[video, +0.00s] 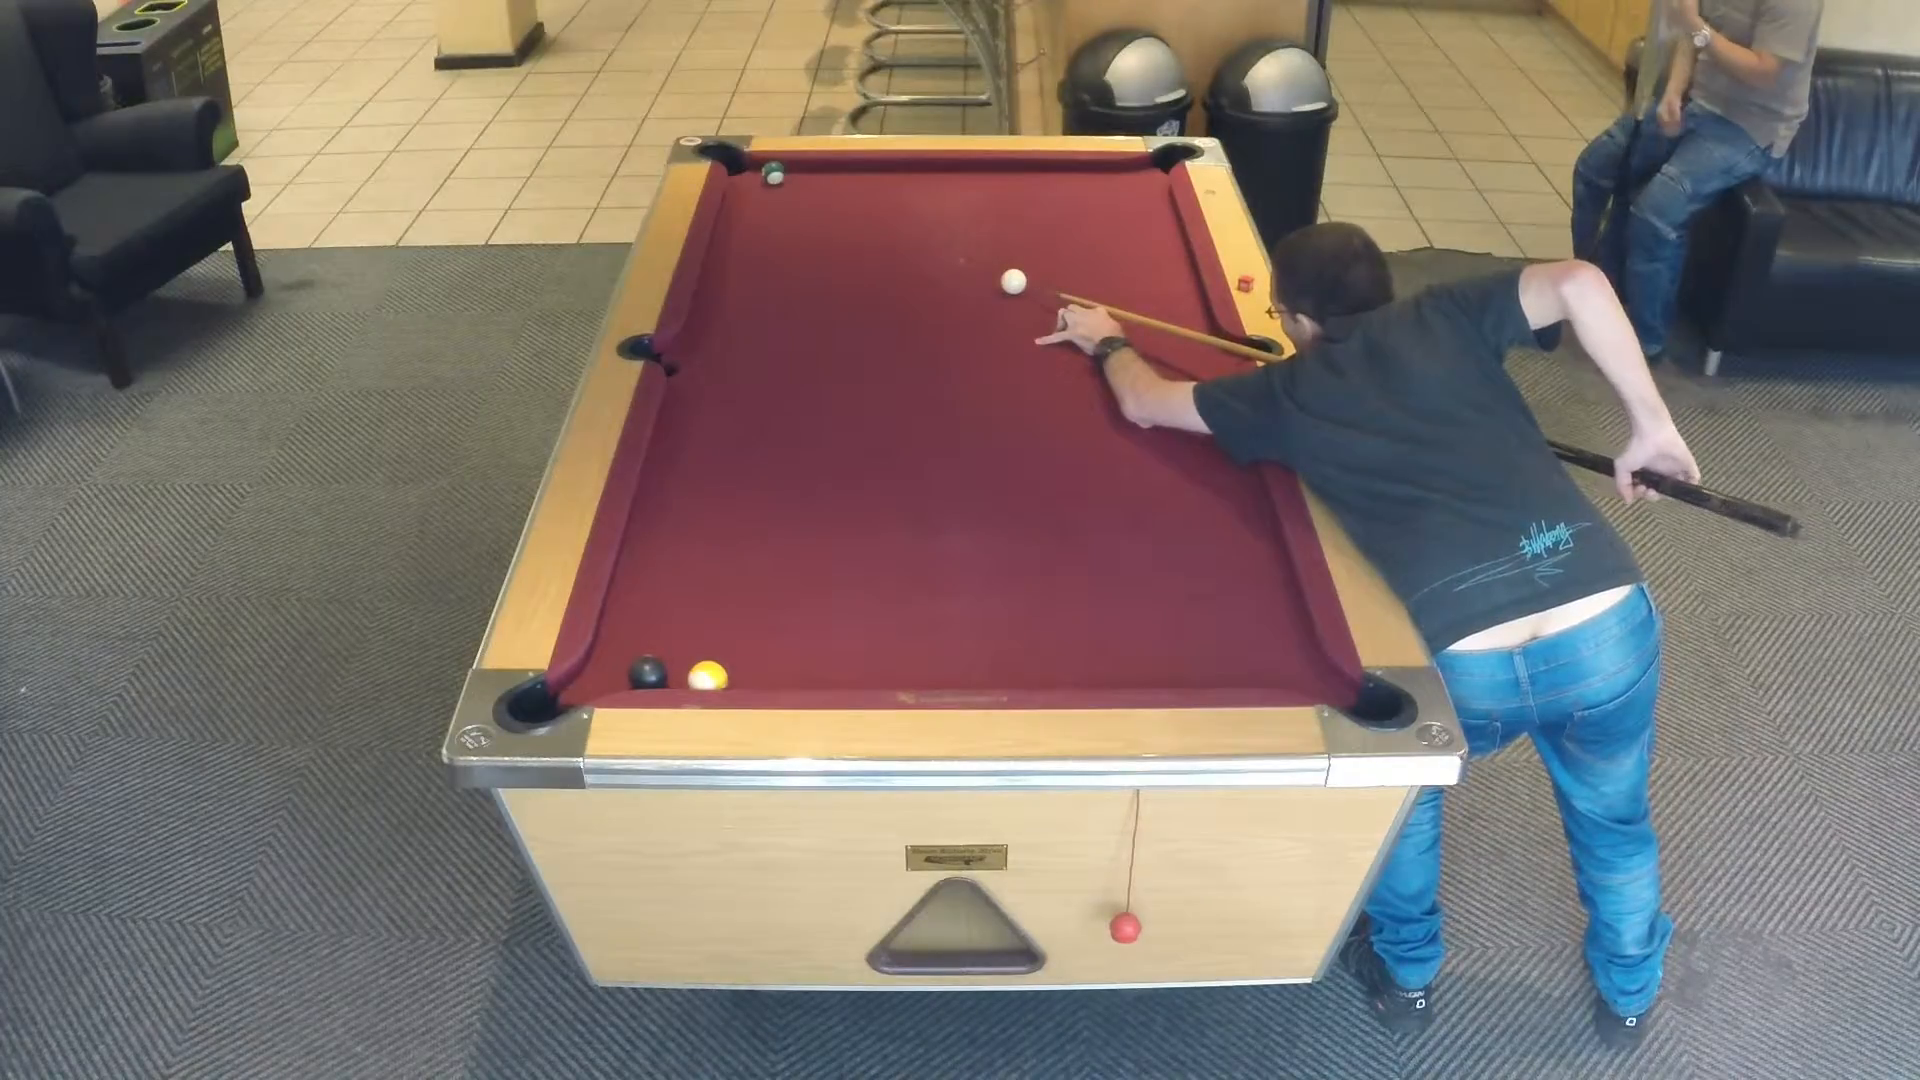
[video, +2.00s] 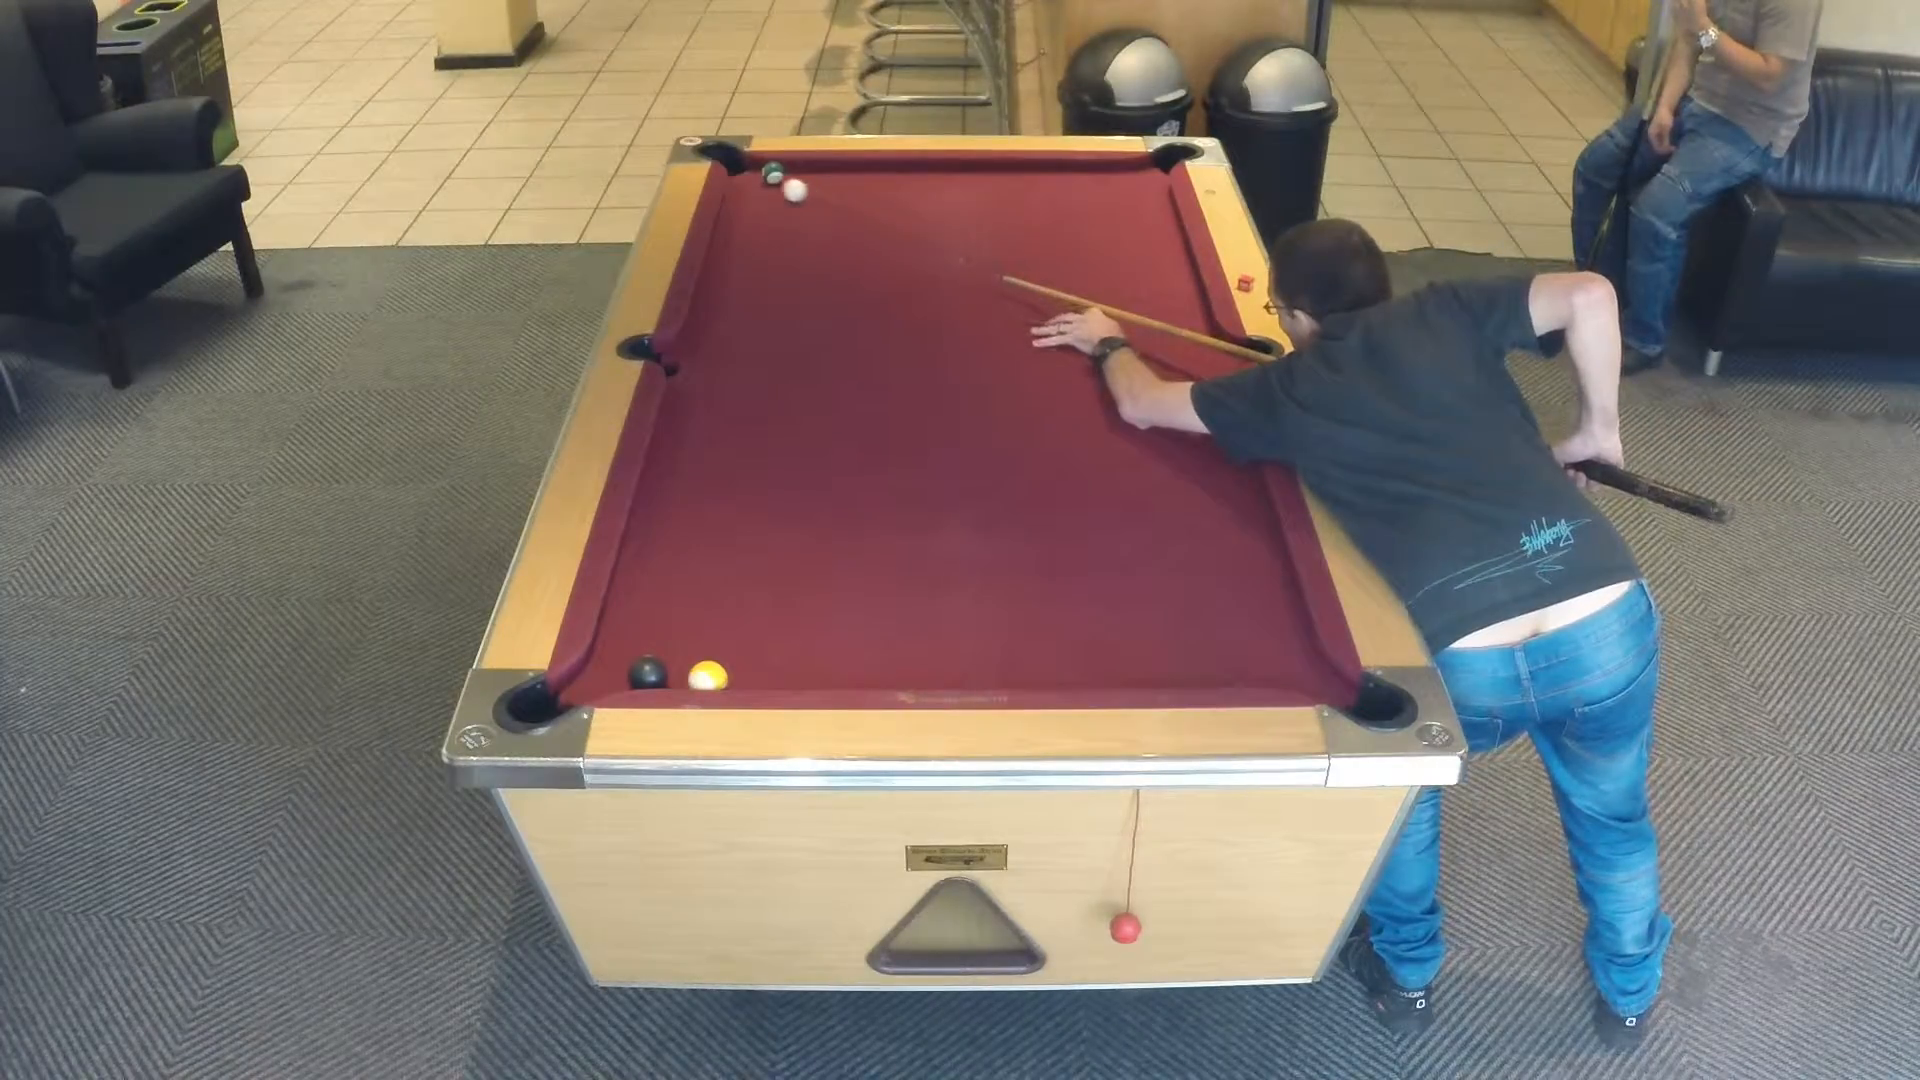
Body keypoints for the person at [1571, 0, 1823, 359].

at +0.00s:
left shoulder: (1795, 6)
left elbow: (1766, 73)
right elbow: (1689, 35)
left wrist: (1696, 27)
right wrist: (1674, 92)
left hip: (1749, 126)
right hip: (1691, 103)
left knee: (1655, 210)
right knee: (1594, 169)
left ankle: (1644, 345)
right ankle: (1590, 299)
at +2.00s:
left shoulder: (1792, 6)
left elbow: (1770, 76)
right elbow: (1686, 41)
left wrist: (1703, 28)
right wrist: (1665, 106)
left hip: (1746, 128)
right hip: (1689, 103)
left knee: (1653, 211)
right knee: (1595, 168)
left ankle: (1643, 342)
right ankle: (1592, 300)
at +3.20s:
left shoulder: (1741, 6)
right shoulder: (1666, 5)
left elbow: (1734, 77)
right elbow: (1657, 51)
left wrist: (1667, 34)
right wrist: (1647, 112)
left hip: (1742, 122)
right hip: (1682, 107)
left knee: (1649, 212)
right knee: (1590, 171)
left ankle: (1636, 343)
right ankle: (1592, 309)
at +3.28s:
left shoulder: (1728, 6)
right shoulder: (1650, 5)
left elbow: (1725, 79)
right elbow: (1648, 45)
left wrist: (1652, 49)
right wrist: (1640, 109)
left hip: (1738, 114)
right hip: (1678, 101)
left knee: (1646, 213)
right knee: (1591, 172)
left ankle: (1634, 343)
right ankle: (1593, 307)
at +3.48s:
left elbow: (1694, 67)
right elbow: (1620, 11)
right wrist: (1607, 89)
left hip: (1718, 93)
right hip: (1659, 79)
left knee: (1639, 221)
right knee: (1593, 176)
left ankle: (1634, 344)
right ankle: (1594, 304)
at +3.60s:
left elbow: (1686, 47)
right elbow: (1606, 6)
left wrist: (1632, 126)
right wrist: (1584, 60)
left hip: (1699, 87)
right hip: (1643, 70)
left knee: (1636, 222)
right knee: (1591, 179)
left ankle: (1640, 336)